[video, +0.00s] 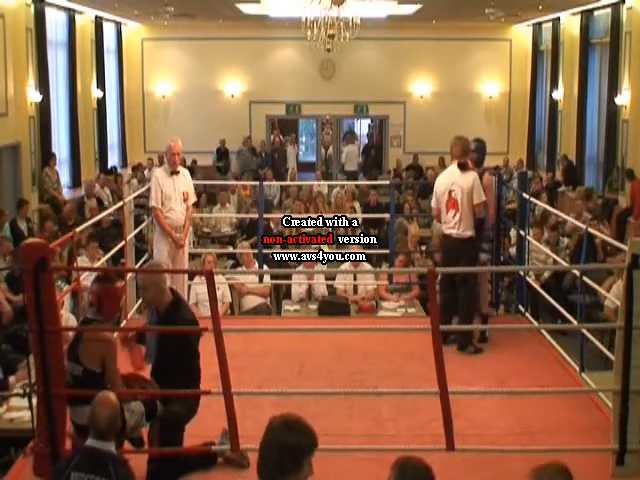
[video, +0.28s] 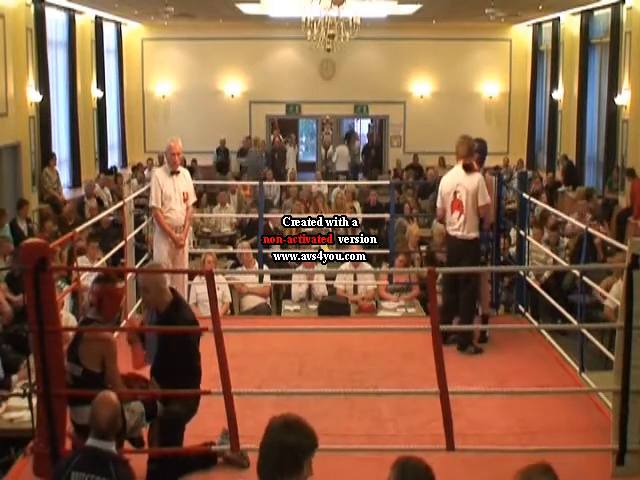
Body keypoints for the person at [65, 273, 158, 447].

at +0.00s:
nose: (120, 304)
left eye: (120, 298)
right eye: (117, 298)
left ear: (94, 299)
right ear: (103, 300)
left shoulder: (83, 327)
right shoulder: (105, 339)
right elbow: (117, 390)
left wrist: (129, 384)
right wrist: (139, 395)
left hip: (76, 410)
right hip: (94, 415)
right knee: (152, 405)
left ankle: (133, 430)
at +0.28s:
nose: (120, 305)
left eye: (120, 299)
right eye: (117, 299)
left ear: (95, 300)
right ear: (103, 301)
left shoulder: (83, 328)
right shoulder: (105, 339)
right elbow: (117, 390)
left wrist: (129, 384)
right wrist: (141, 395)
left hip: (77, 410)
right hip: (94, 415)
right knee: (152, 406)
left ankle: (133, 430)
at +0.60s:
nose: (122, 305)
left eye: (121, 299)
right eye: (118, 300)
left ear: (95, 300)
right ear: (101, 301)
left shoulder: (85, 326)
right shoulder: (106, 338)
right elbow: (117, 390)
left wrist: (124, 381)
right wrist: (139, 394)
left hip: (77, 410)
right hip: (94, 414)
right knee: (151, 407)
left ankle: (132, 429)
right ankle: (131, 430)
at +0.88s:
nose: (121, 304)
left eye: (121, 298)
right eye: (117, 299)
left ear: (96, 300)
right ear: (100, 300)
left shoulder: (86, 324)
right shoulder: (107, 335)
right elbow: (117, 390)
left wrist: (128, 381)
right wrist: (139, 395)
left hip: (77, 409)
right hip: (94, 414)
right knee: (153, 407)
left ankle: (132, 428)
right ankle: (130, 429)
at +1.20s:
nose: (122, 306)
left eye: (122, 299)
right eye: (118, 300)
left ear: (97, 301)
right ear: (103, 302)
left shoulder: (88, 324)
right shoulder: (108, 337)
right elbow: (118, 390)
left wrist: (130, 383)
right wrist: (140, 394)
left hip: (77, 410)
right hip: (93, 415)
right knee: (153, 407)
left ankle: (133, 429)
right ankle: (130, 430)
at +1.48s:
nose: (128, 305)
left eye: (127, 299)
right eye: (124, 300)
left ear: (101, 301)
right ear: (113, 302)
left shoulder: (89, 324)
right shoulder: (110, 338)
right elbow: (120, 393)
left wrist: (129, 382)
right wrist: (143, 392)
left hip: (77, 407)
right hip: (94, 413)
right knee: (153, 407)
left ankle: (133, 429)